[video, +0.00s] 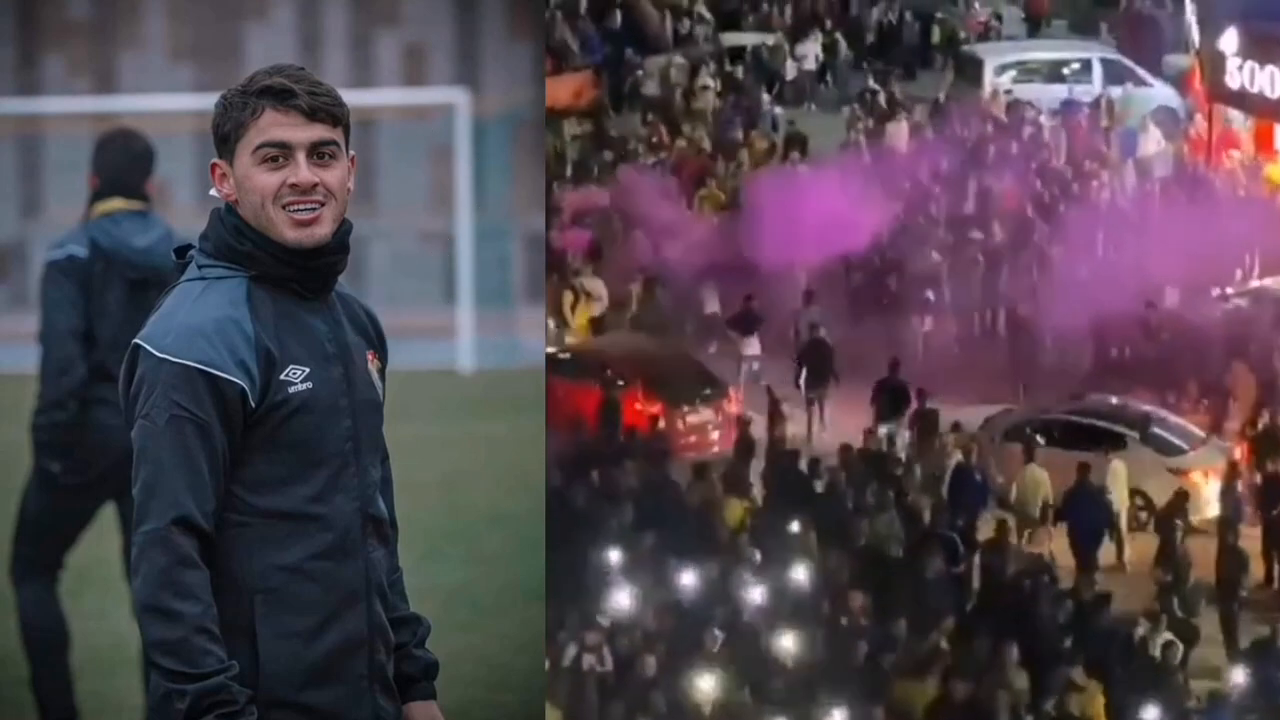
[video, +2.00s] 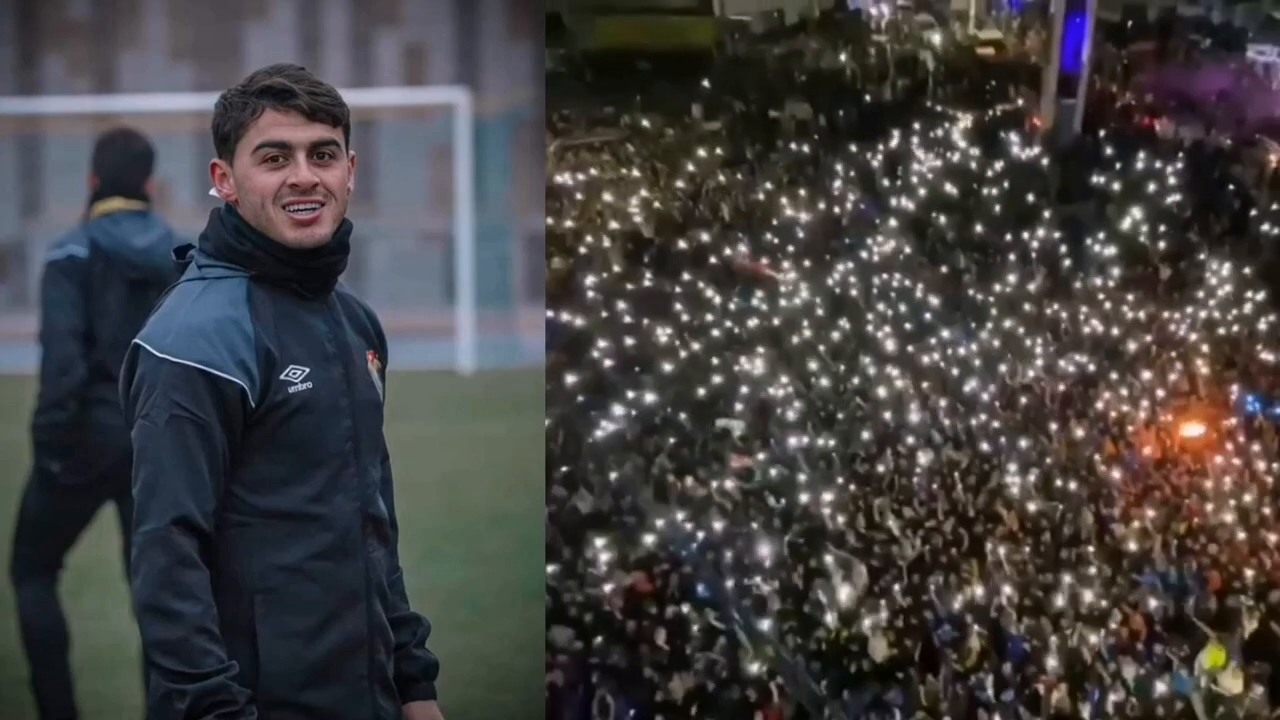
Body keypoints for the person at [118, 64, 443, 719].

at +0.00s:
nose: (305, 178)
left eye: (322, 155)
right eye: (274, 158)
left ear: (350, 171)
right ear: (226, 182)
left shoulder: (356, 323)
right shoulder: (195, 334)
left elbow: (372, 524)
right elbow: (164, 551)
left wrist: (414, 684)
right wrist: (213, 705)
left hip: (364, 690)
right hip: (259, 691)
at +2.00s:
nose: (305, 178)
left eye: (322, 155)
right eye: (274, 158)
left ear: (349, 171)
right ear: (226, 182)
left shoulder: (356, 323)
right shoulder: (195, 334)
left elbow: (372, 525)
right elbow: (164, 550)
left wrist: (414, 684)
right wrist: (213, 705)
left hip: (365, 690)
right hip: (260, 691)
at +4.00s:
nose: (304, 178)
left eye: (322, 155)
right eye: (274, 158)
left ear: (350, 171)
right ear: (226, 182)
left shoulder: (356, 323)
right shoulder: (195, 334)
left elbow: (372, 525)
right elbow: (164, 550)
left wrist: (414, 684)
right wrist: (213, 705)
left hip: (365, 690)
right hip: (259, 691)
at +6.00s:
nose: (305, 178)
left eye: (322, 155)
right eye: (274, 158)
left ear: (349, 171)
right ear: (226, 182)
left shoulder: (356, 323)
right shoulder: (195, 334)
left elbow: (372, 525)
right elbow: (164, 550)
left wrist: (414, 684)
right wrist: (213, 705)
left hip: (365, 690)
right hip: (260, 691)